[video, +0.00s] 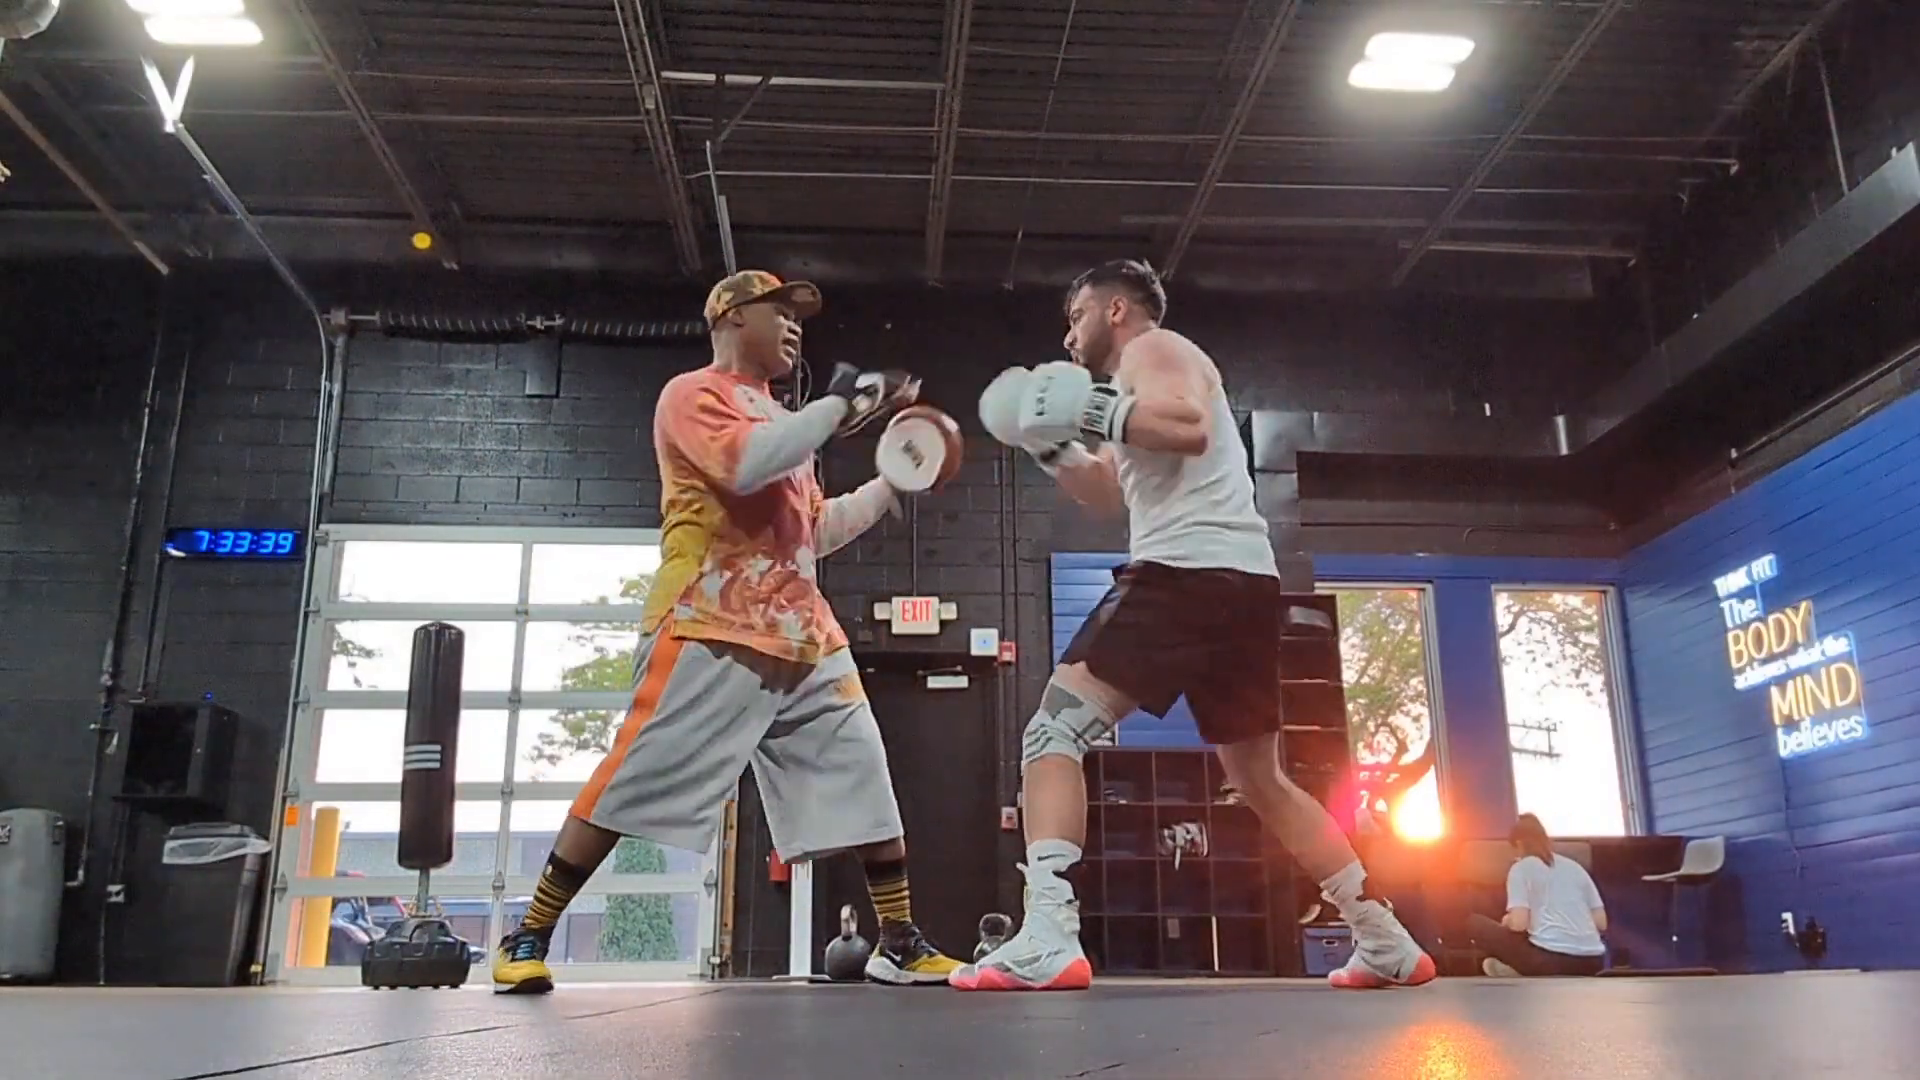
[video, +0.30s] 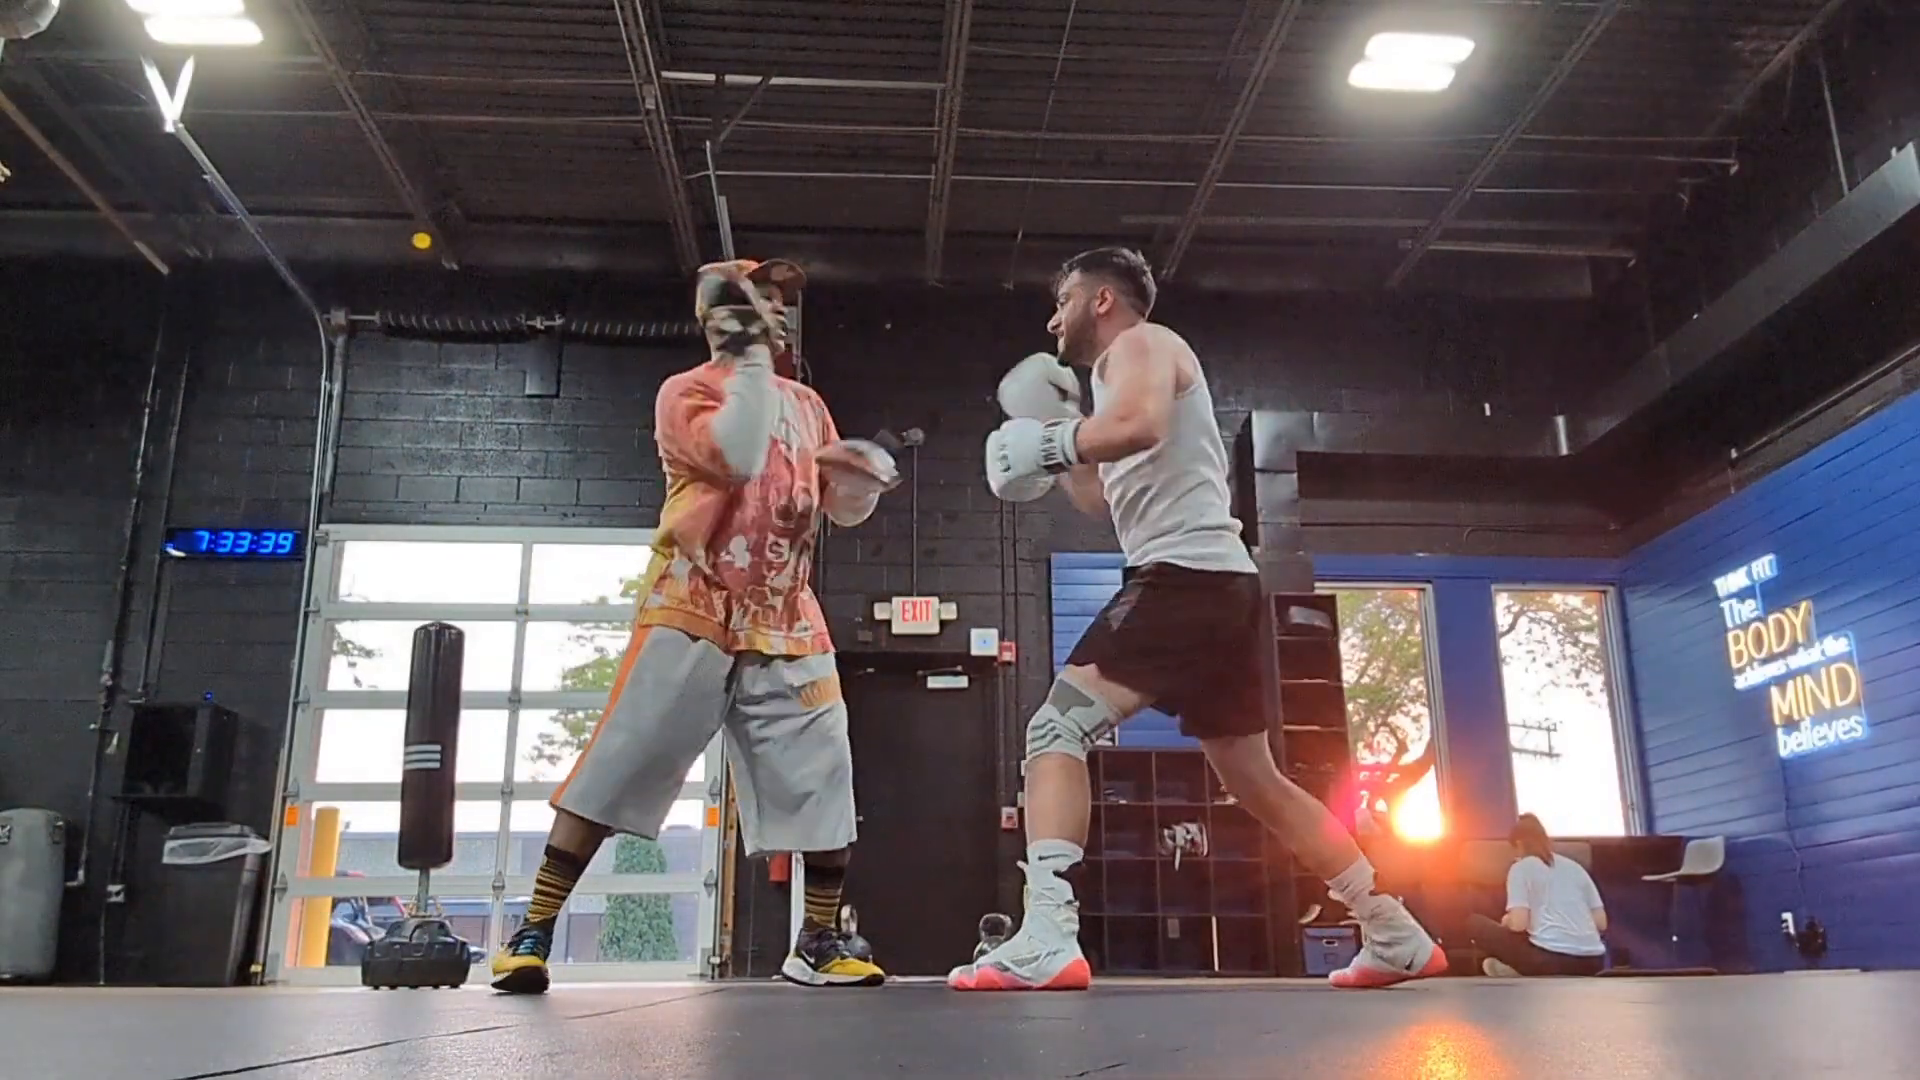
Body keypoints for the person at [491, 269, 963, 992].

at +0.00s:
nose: (797, 327)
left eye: (795, 317)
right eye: (781, 313)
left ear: (765, 331)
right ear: (733, 321)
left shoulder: (783, 424)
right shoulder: (689, 393)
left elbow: (813, 532)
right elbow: (743, 465)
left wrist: (892, 480)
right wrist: (845, 404)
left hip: (800, 620)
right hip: (711, 619)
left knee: (862, 765)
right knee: (634, 772)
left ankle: (897, 937)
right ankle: (530, 936)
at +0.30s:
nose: (774, 317)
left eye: (779, 305)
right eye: (755, 303)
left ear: (787, 317)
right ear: (718, 319)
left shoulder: (807, 406)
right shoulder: (686, 392)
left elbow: (841, 512)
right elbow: (737, 453)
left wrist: (862, 483)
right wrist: (751, 355)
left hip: (786, 610)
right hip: (693, 604)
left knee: (823, 762)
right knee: (625, 755)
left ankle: (821, 937)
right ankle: (535, 930)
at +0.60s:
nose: (729, 342)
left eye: (737, 329)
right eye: (711, 329)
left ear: (744, 344)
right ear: (670, 342)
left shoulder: (771, 410)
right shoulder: (633, 424)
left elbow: (868, 436)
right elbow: (691, 450)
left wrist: (800, 423)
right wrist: (737, 351)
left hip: (781, 633)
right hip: (670, 632)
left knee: (854, 746)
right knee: (588, 772)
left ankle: (841, 924)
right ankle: (479, 935)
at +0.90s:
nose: (790, 389)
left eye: (792, 376)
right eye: (774, 373)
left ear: (794, 383)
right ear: (727, 373)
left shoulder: (816, 451)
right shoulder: (667, 456)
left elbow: (909, 485)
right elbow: (593, 551)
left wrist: (904, 425)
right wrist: (626, 588)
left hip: (794, 654)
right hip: (684, 656)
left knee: (885, 781)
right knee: (605, 779)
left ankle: (934, 945)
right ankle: (483, 938)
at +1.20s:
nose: (816, 392)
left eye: (821, 380)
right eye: (804, 376)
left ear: (819, 383)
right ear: (757, 373)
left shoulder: (838, 451)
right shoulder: (695, 451)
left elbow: (913, 486)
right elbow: (601, 519)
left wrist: (895, 511)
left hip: (816, 659)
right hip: (703, 656)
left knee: (896, 775)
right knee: (604, 785)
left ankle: (934, 943)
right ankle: (477, 941)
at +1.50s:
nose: (813, 377)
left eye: (815, 365)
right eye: (800, 360)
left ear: (777, 370)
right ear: (752, 359)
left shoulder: (782, 452)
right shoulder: (704, 415)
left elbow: (800, 559)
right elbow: (739, 483)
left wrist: (861, 517)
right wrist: (845, 453)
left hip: (796, 648)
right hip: (704, 643)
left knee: (873, 773)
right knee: (607, 785)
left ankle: (929, 944)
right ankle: (484, 937)